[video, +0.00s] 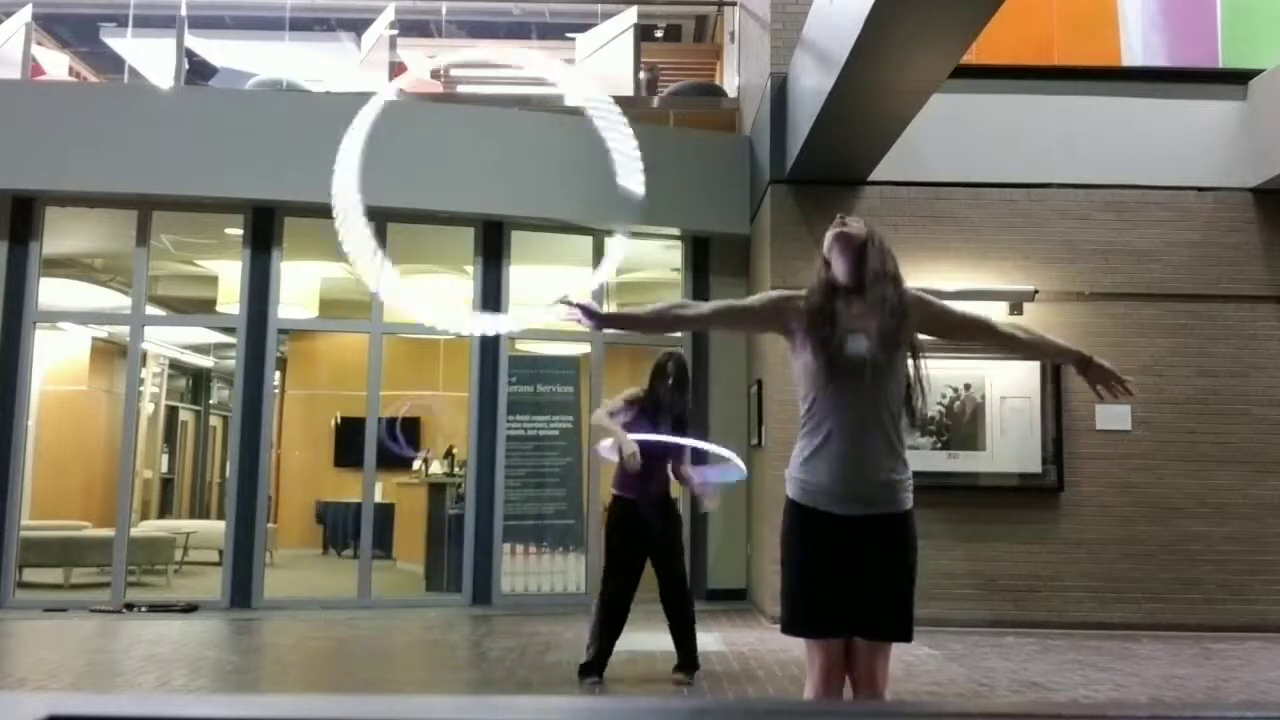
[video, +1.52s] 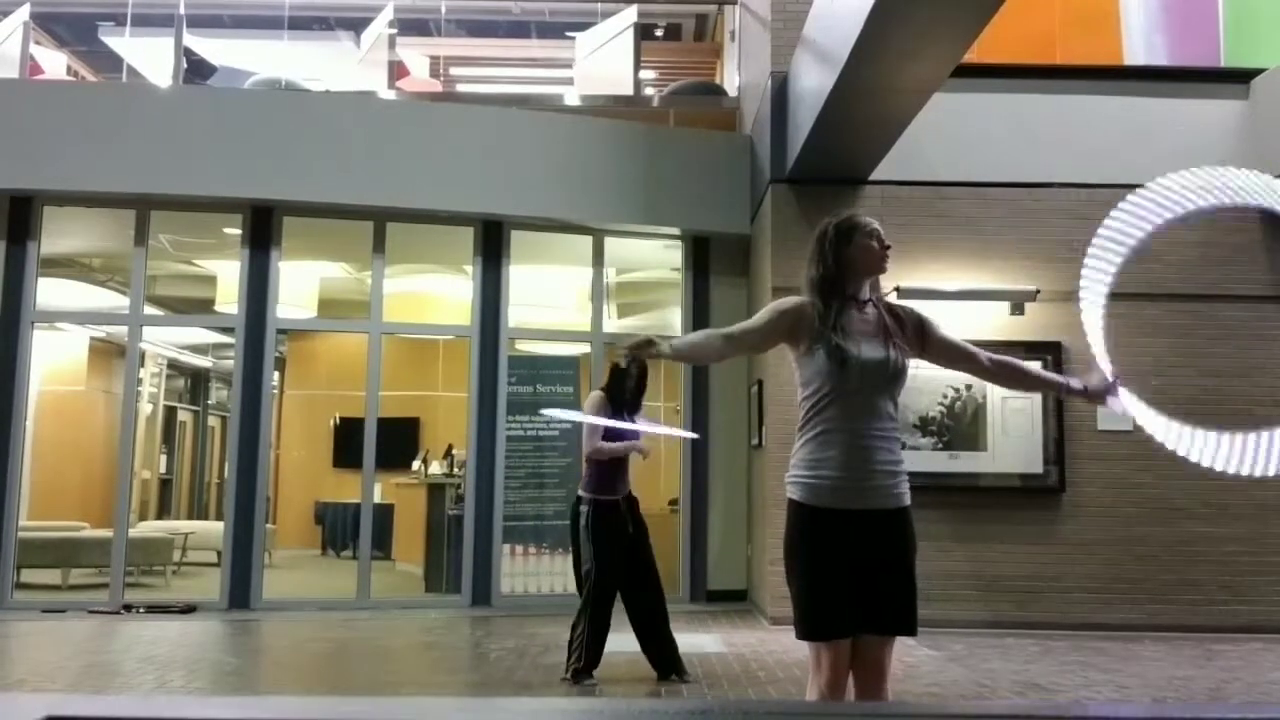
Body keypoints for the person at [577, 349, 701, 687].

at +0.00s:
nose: (670, 388)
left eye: (677, 382)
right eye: (665, 380)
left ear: (684, 385)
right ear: (655, 378)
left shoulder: (679, 417)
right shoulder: (637, 401)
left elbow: (680, 465)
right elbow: (599, 418)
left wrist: (700, 487)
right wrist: (624, 438)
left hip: (662, 507)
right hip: (627, 507)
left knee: (675, 588)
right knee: (616, 591)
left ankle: (687, 664)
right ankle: (593, 669)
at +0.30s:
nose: (681, 385)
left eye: (687, 380)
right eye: (676, 377)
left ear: (697, 384)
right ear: (665, 377)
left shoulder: (696, 413)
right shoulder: (645, 402)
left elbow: (691, 460)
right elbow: (627, 444)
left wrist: (704, 439)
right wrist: (654, 426)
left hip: (674, 508)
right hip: (638, 507)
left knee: (682, 591)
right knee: (622, 588)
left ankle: (698, 669)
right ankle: (585, 667)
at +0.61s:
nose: (684, 378)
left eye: (690, 372)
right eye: (680, 371)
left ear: (698, 377)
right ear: (671, 376)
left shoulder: (703, 411)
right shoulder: (665, 405)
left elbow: (716, 459)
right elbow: (648, 443)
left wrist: (697, 451)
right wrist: (623, 418)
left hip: (679, 507)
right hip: (644, 504)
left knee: (688, 593)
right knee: (620, 588)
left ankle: (698, 669)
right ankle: (585, 666)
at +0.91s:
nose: (665, 392)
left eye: (672, 386)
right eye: (660, 384)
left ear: (681, 392)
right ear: (649, 388)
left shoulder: (683, 429)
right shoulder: (633, 420)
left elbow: (669, 465)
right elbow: (607, 456)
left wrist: (648, 425)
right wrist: (598, 427)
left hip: (668, 520)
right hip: (630, 520)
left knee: (684, 597)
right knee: (619, 596)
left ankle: (698, 669)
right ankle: (595, 667)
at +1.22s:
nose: (639, 386)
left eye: (646, 381)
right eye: (635, 378)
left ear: (652, 385)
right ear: (623, 378)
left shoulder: (648, 416)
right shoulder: (601, 406)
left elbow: (646, 464)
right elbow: (591, 456)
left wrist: (644, 465)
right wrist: (621, 495)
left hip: (628, 510)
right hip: (596, 510)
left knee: (644, 590)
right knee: (599, 592)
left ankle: (665, 666)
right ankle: (589, 669)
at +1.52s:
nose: (636, 383)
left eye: (640, 377)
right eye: (632, 376)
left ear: (642, 380)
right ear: (619, 375)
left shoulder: (630, 409)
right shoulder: (597, 401)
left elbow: (617, 461)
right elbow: (590, 448)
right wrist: (632, 445)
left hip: (624, 507)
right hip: (595, 510)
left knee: (645, 588)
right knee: (597, 590)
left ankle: (668, 666)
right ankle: (578, 669)